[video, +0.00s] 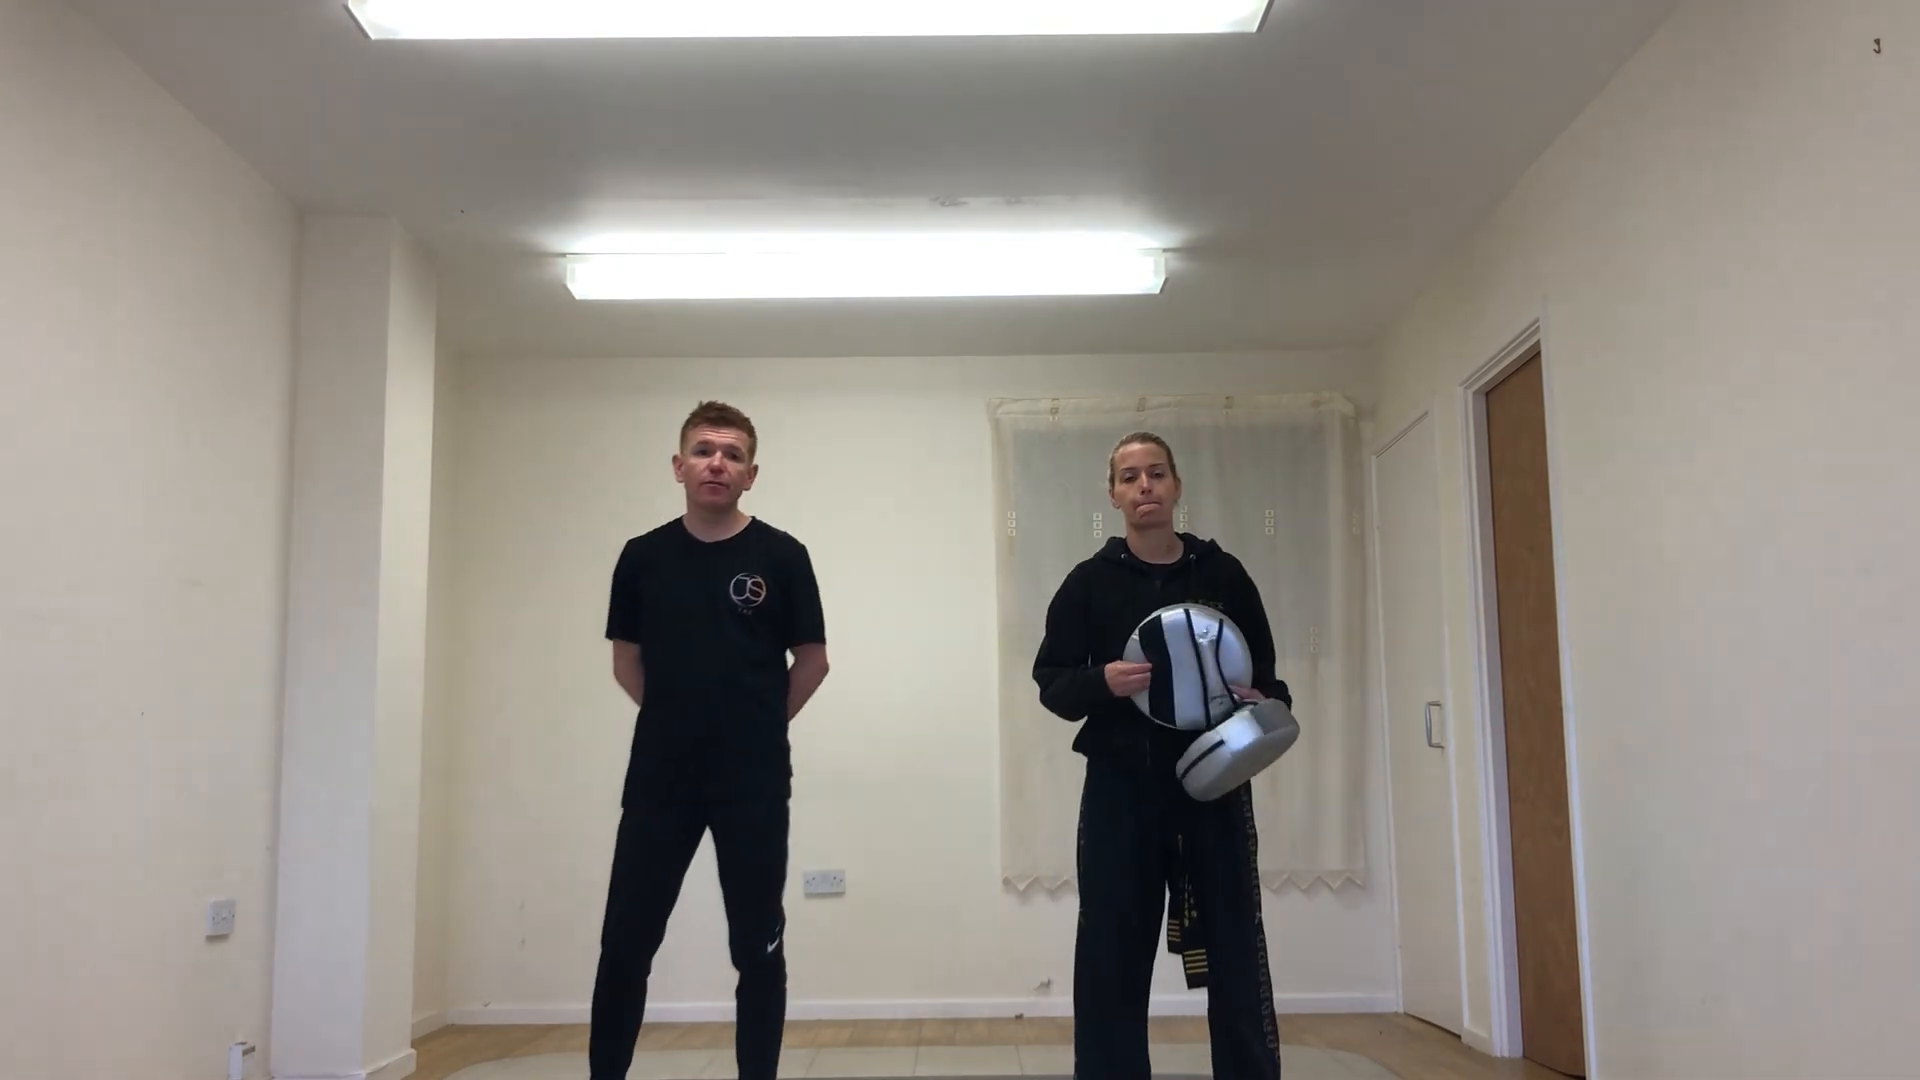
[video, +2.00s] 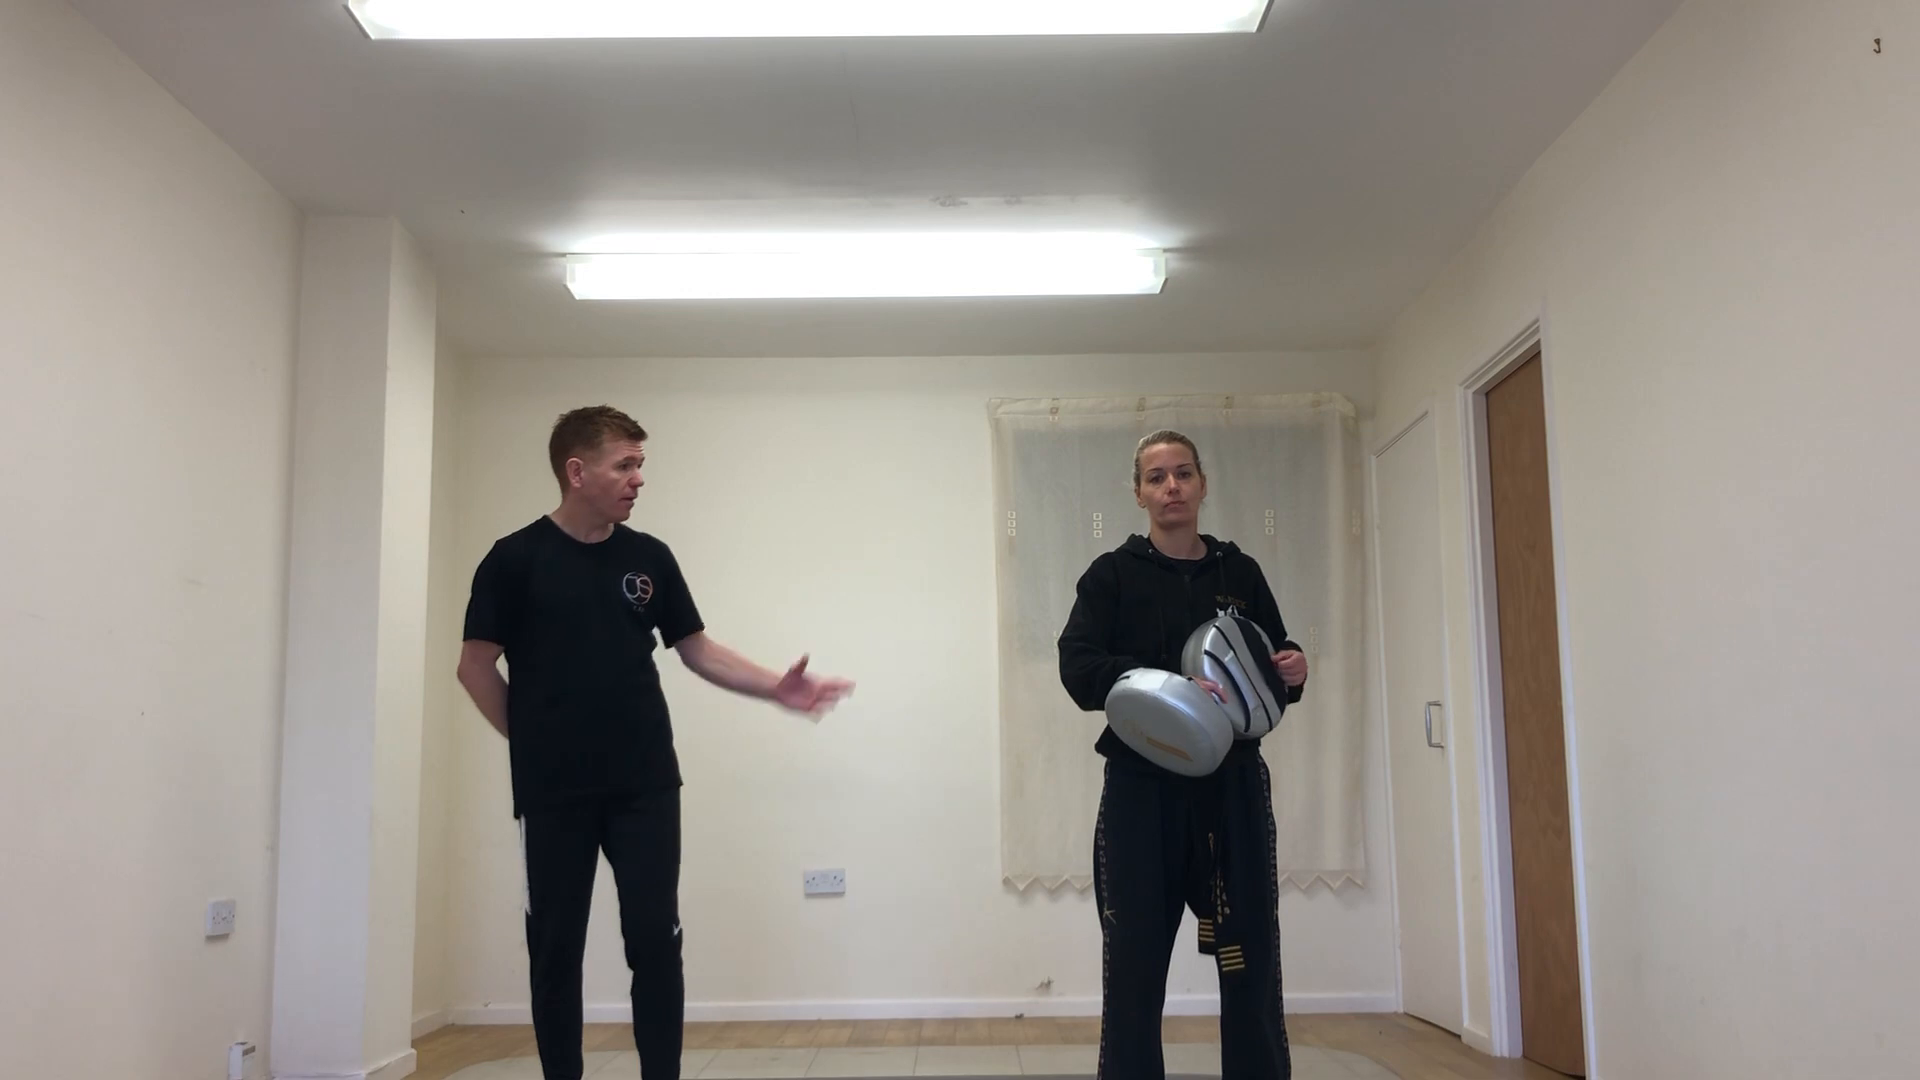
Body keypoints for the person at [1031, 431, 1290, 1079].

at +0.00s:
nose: (1145, 485)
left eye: (1156, 473)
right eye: (1130, 477)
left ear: (1177, 487)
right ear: (1113, 495)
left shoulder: (1222, 572)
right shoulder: (1088, 582)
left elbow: (1265, 675)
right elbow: (1053, 686)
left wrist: (1259, 698)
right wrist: (1100, 680)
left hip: (1215, 786)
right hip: (1123, 789)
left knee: (1236, 953)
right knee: (1112, 959)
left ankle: (1250, 1075)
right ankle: (1111, 1077)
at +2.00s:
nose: (1171, 485)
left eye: (1182, 473)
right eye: (1156, 476)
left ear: (1202, 485)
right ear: (1139, 493)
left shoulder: (1239, 570)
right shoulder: (1110, 575)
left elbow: (1274, 672)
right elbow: (1077, 668)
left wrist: (1291, 670)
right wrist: (1164, 689)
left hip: (1234, 781)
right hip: (1141, 782)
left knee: (1250, 958)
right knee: (1134, 964)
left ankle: (1259, 1076)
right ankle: (1128, 1078)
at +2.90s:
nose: (1164, 487)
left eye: (1176, 475)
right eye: (1150, 478)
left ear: (1198, 484)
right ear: (1135, 494)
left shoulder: (1244, 571)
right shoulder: (1109, 578)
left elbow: (1316, 653)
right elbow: (1075, 666)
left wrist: (1259, 670)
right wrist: (1141, 697)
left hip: (1231, 785)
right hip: (1138, 788)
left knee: (1248, 966)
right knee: (1130, 968)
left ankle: (1258, 1078)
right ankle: (1125, 1079)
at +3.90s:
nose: (1175, 490)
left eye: (1188, 477)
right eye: (1161, 479)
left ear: (1207, 487)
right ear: (1144, 493)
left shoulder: (1241, 572)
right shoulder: (1110, 573)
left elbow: (1241, 666)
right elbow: (1093, 678)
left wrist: (1202, 726)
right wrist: (1134, 739)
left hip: (1228, 781)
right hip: (1137, 782)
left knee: (1247, 966)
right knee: (1129, 969)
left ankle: (1258, 1076)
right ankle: (1122, 1078)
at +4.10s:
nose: (1176, 491)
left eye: (1189, 478)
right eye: (1162, 480)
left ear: (1208, 488)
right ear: (1144, 492)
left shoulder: (1241, 571)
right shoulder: (1110, 574)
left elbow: (1250, 667)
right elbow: (1093, 684)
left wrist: (1210, 727)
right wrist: (1141, 736)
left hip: (1229, 781)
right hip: (1138, 783)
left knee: (1249, 961)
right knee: (1131, 966)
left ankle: (1260, 1077)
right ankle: (1124, 1077)